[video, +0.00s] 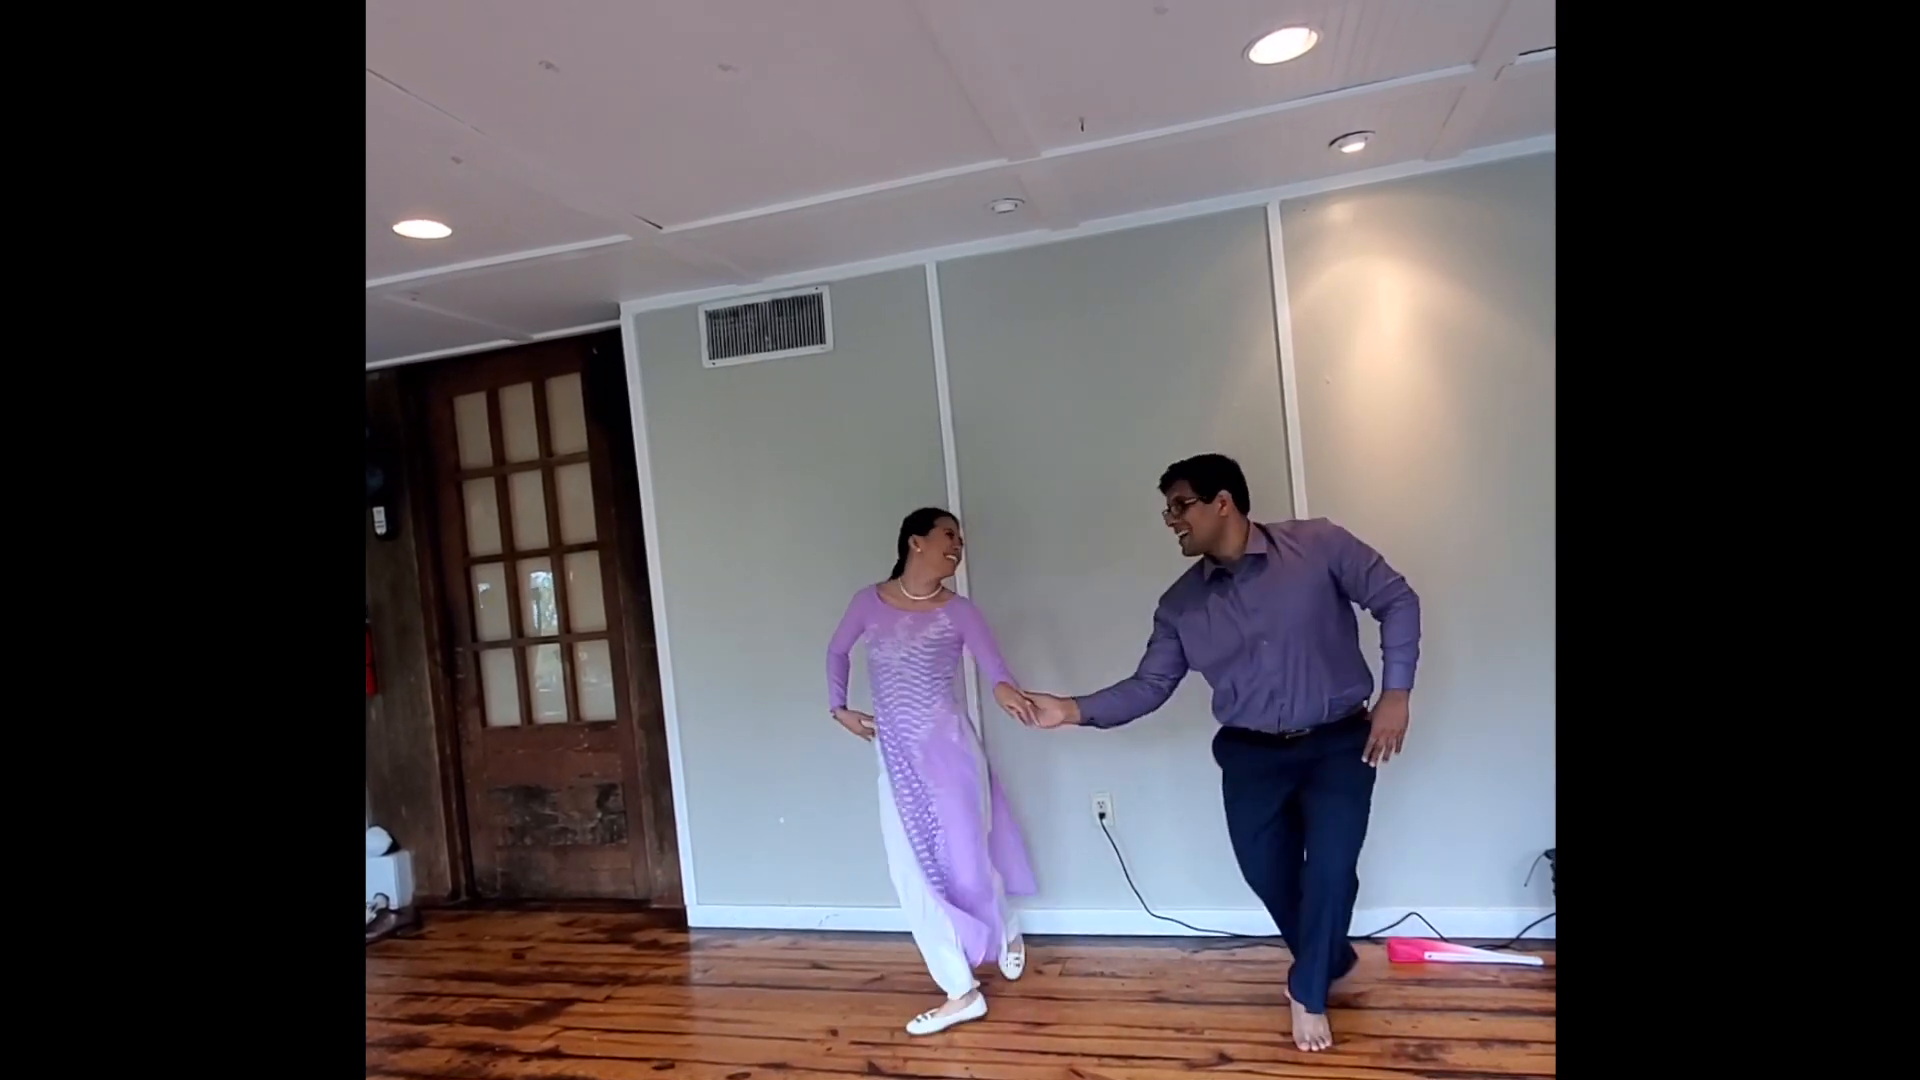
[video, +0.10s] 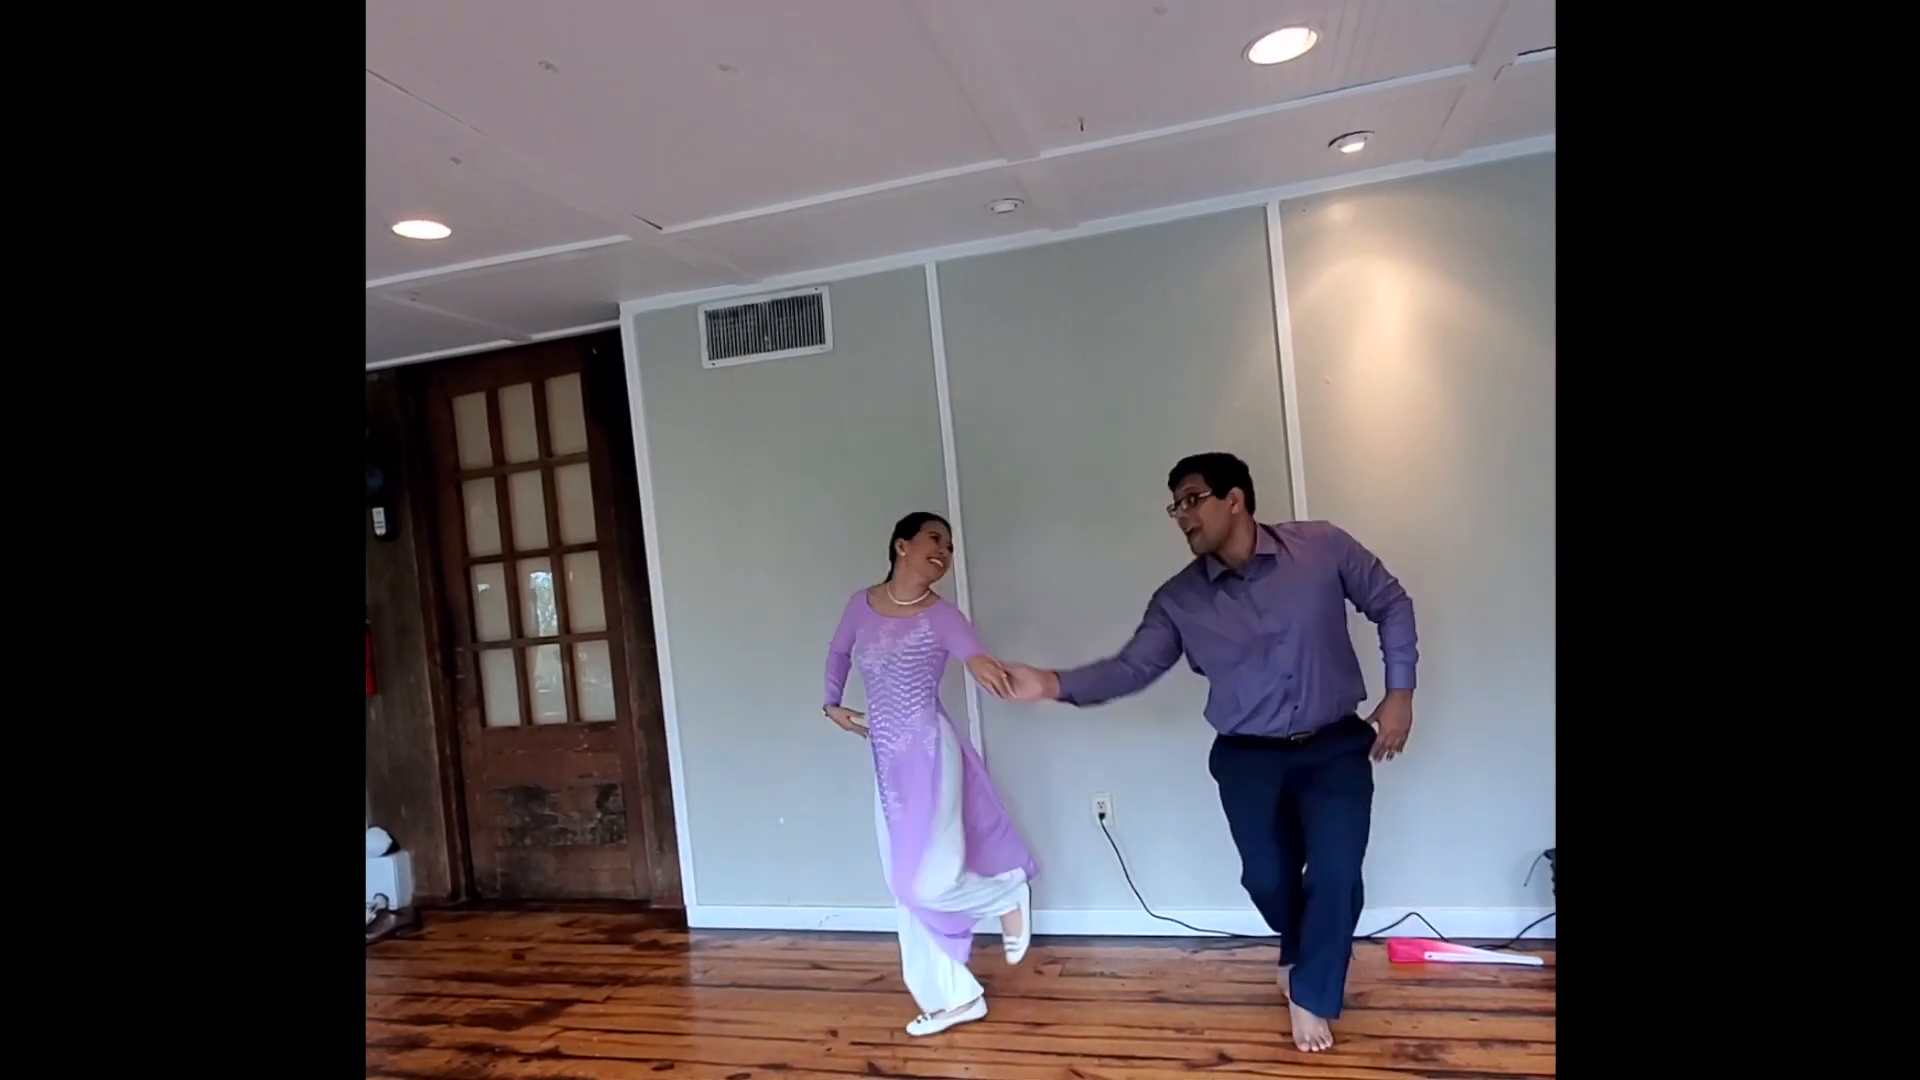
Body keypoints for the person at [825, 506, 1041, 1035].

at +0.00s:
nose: (959, 547)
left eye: (960, 540)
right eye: (950, 537)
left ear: (940, 549)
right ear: (915, 543)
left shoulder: (959, 611)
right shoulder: (870, 602)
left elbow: (993, 665)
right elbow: (838, 651)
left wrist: (1003, 687)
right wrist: (838, 706)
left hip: (950, 752)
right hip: (896, 757)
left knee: (965, 869)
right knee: (913, 874)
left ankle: (1003, 931)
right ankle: (961, 992)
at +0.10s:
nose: (944, 553)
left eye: (948, 548)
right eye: (935, 543)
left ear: (944, 561)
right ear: (901, 547)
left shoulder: (939, 613)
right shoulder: (861, 605)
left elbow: (967, 642)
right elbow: (839, 654)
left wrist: (980, 659)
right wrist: (833, 705)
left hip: (932, 752)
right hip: (888, 756)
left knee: (929, 885)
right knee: (909, 884)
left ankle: (1008, 894)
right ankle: (957, 995)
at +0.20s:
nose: (923, 547)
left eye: (932, 544)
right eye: (915, 534)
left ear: (932, 560)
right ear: (885, 542)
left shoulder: (923, 610)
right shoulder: (857, 600)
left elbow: (954, 655)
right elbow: (850, 657)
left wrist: (940, 643)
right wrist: (836, 699)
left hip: (918, 750)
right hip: (882, 751)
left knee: (865, 875)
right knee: (913, 871)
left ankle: (964, 950)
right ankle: (953, 996)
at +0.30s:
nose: (899, 539)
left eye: (911, 538)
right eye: (892, 527)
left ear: (916, 554)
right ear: (869, 532)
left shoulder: (902, 601)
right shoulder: (853, 594)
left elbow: (869, 629)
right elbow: (869, 659)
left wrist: (816, 603)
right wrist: (849, 690)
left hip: (898, 747)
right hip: (878, 744)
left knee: (847, 884)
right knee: (911, 872)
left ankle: (881, 1012)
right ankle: (957, 992)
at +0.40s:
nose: (861, 535)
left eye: (878, 533)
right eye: (859, 525)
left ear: (895, 554)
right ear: (849, 534)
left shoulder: (866, 600)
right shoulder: (888, 605)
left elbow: (793, 642)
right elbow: (900, 665)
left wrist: (735, 618)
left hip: (870, 744)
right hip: (895, 742)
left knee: (857, 874)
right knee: (908, 871)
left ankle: (848, 1016)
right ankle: (953, 994)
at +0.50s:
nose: (825, 533)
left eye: (837, 530)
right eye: (830, 524)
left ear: (864, 553)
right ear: (869, 556)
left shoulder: (821, 603)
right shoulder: (893, 600)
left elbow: (744, 643)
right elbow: (943, 643)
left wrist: (728, 659)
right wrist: (906, 690)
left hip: (847, 741)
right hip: (897, 736)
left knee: (846, 877)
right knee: (909, 871)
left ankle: (850, 1017)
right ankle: (948, 1004)